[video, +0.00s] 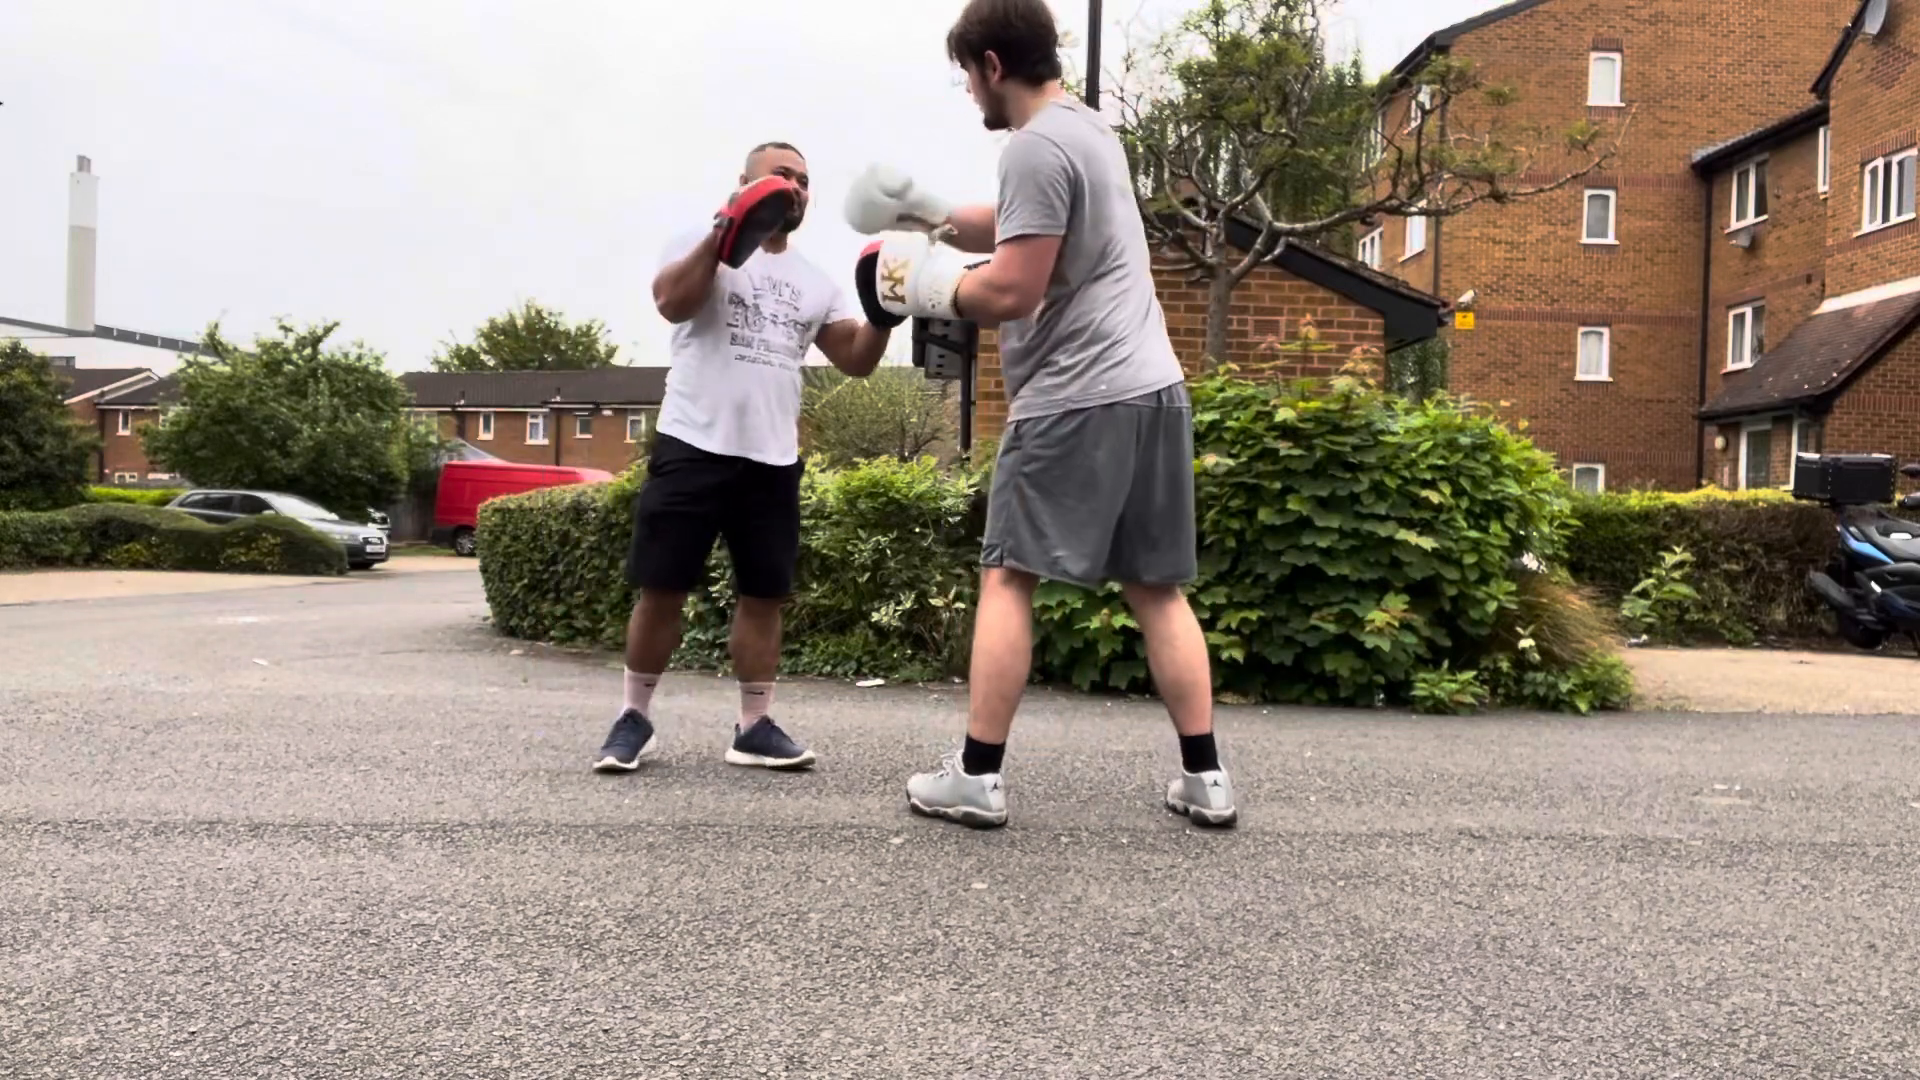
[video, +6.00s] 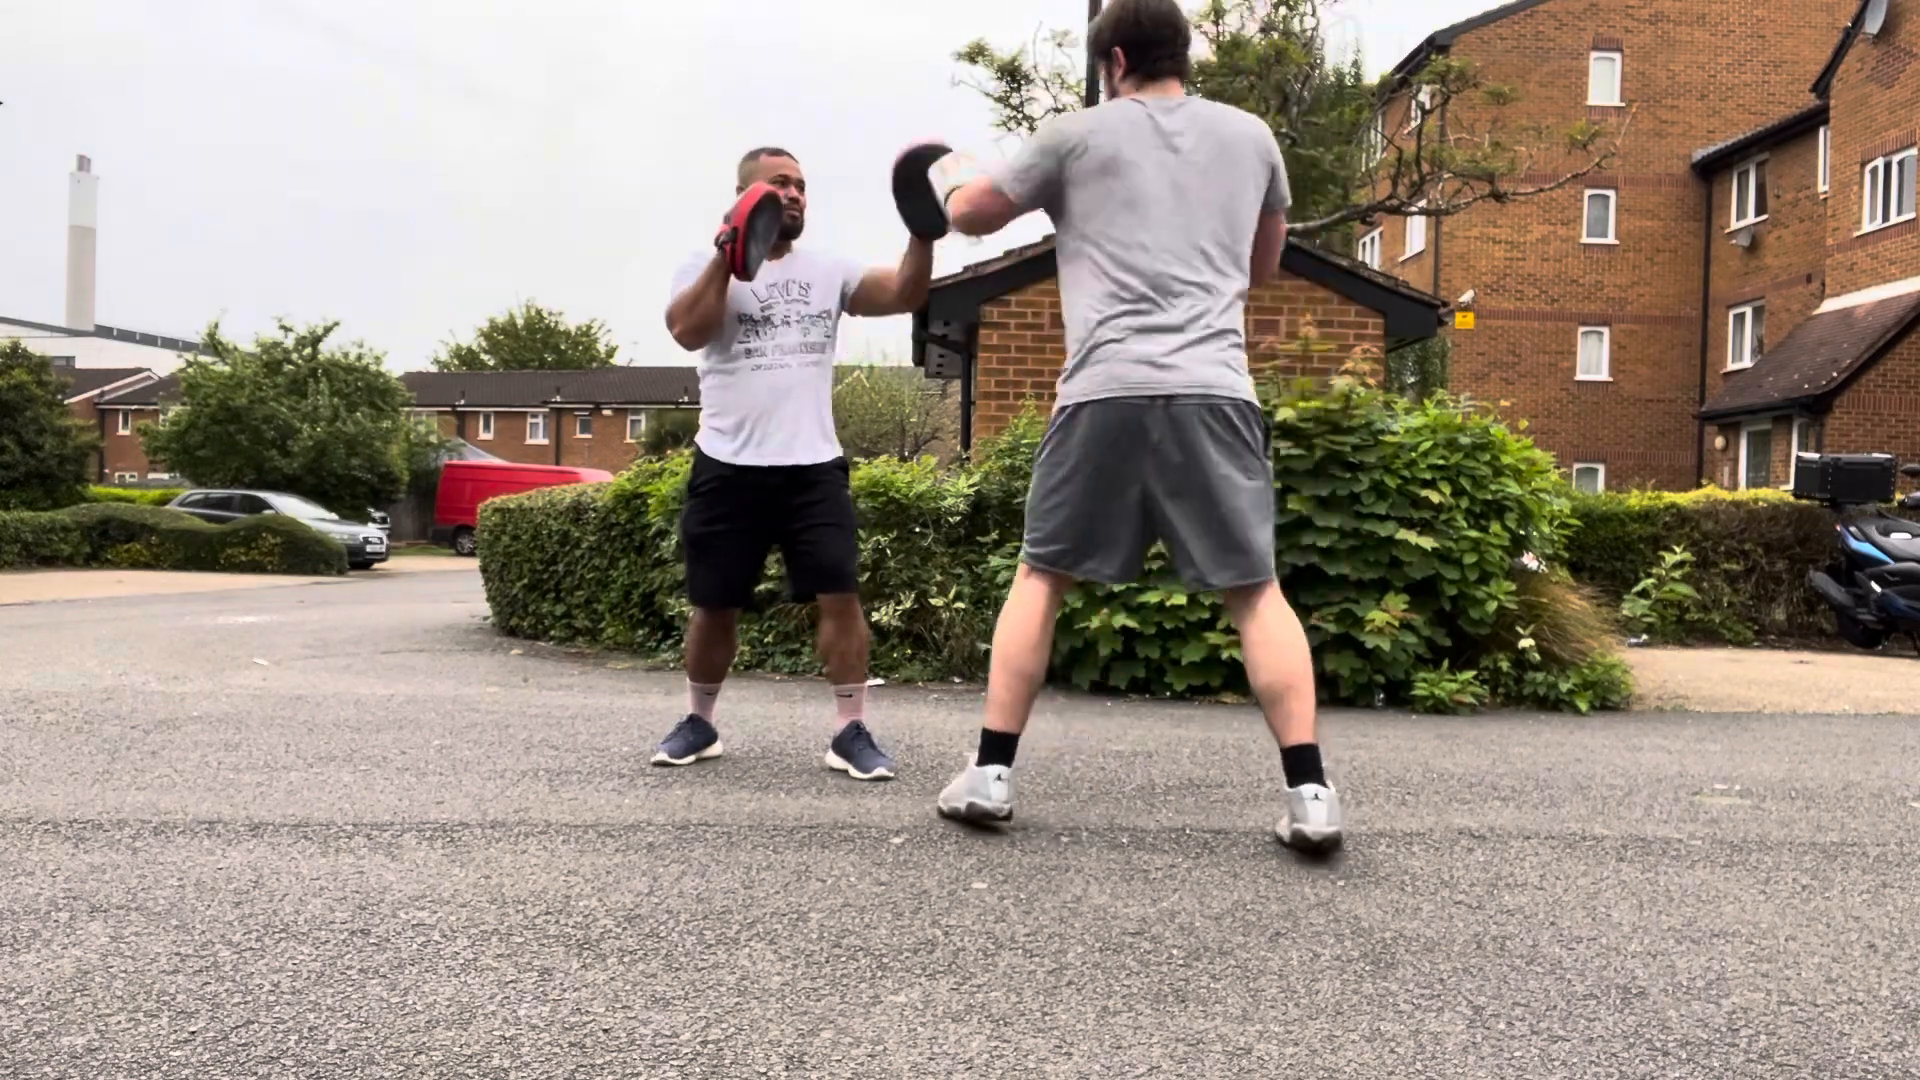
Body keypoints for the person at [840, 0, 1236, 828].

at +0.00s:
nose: (967, 92)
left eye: (966, 75)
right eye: (963, 77)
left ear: (992, 67)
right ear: (1038, 59)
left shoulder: (1036, 146)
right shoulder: (1092, 131)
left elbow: (1014, 292)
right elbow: (1026, 230)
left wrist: (926, 285)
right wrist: (929, 218)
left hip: (1071, 402)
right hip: (1156, 389)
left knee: (1008, 576)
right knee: (1157, 587)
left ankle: (976, 777)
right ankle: (1207, 779)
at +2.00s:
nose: (1073, 104)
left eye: (1069, 93)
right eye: (1073, 94)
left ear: (1082, 86)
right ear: (1149, 73)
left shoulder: (1060, 165)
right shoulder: (1225, 133)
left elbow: (1030, 289)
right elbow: (1290, 249)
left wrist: (1110, 271)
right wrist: (1257, 294)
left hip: (1091, 407)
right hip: (1196, 404)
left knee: (1039, 580)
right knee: (1199, 597)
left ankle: (983, 771)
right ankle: (1208, 780)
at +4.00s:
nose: (994, 82)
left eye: (994, 64)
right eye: (991, 66)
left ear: (1020, 52)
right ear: (1076, 48)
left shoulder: (1044, 137)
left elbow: (983, 268)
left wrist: (948, 194)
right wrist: (998, 165)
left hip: (1093, 392)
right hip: (1188, 380)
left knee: (1013, 573)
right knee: (1217, 575)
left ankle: (997, 782)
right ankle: (1315, 762)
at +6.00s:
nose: (1097, 77)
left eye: (1098, 65)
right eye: (1104, 64)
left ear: (1114, 62)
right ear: (1185, 59)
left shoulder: (1077, 134)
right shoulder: (1253, 135)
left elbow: (970, 216)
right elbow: (1261, 268)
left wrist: (961, 178)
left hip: (1101, 394)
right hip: (1215, 394)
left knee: (1041, 575)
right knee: (1257, 592)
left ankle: (990, 772)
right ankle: (1310, 790)